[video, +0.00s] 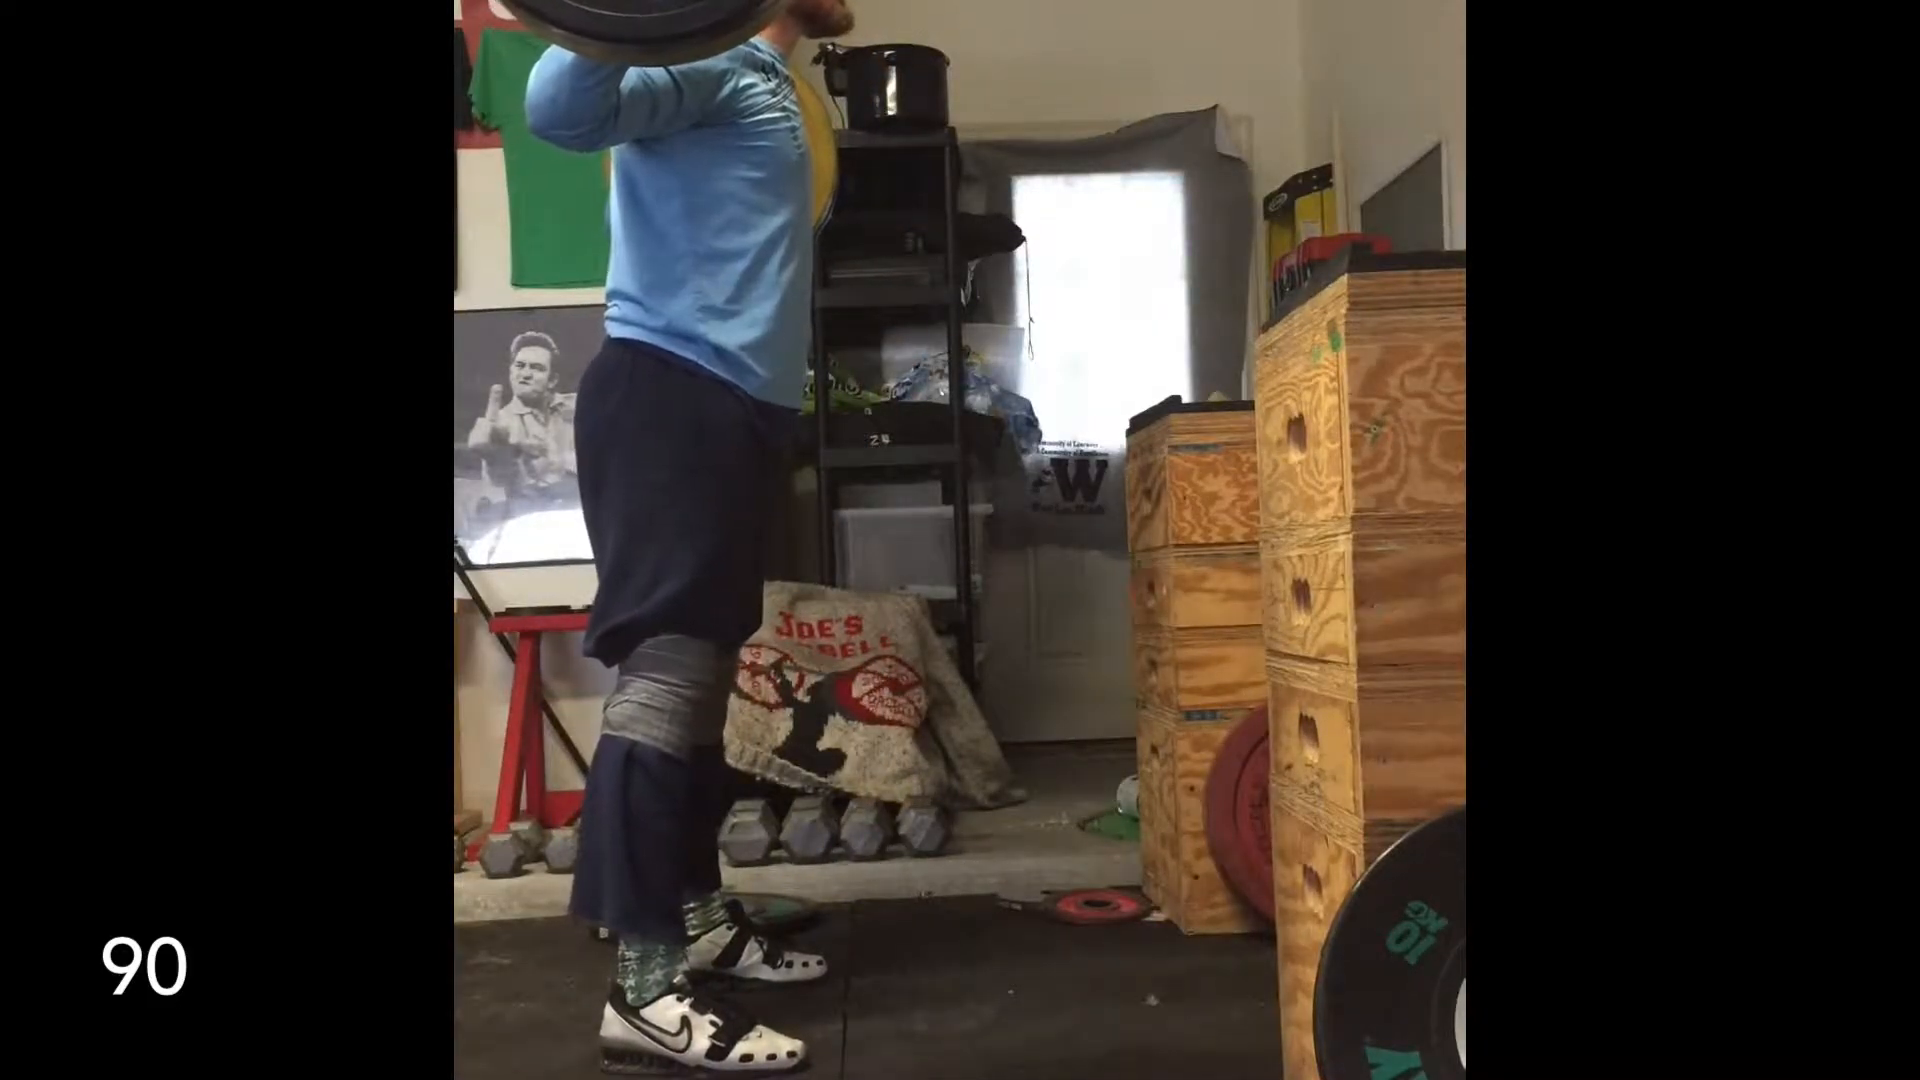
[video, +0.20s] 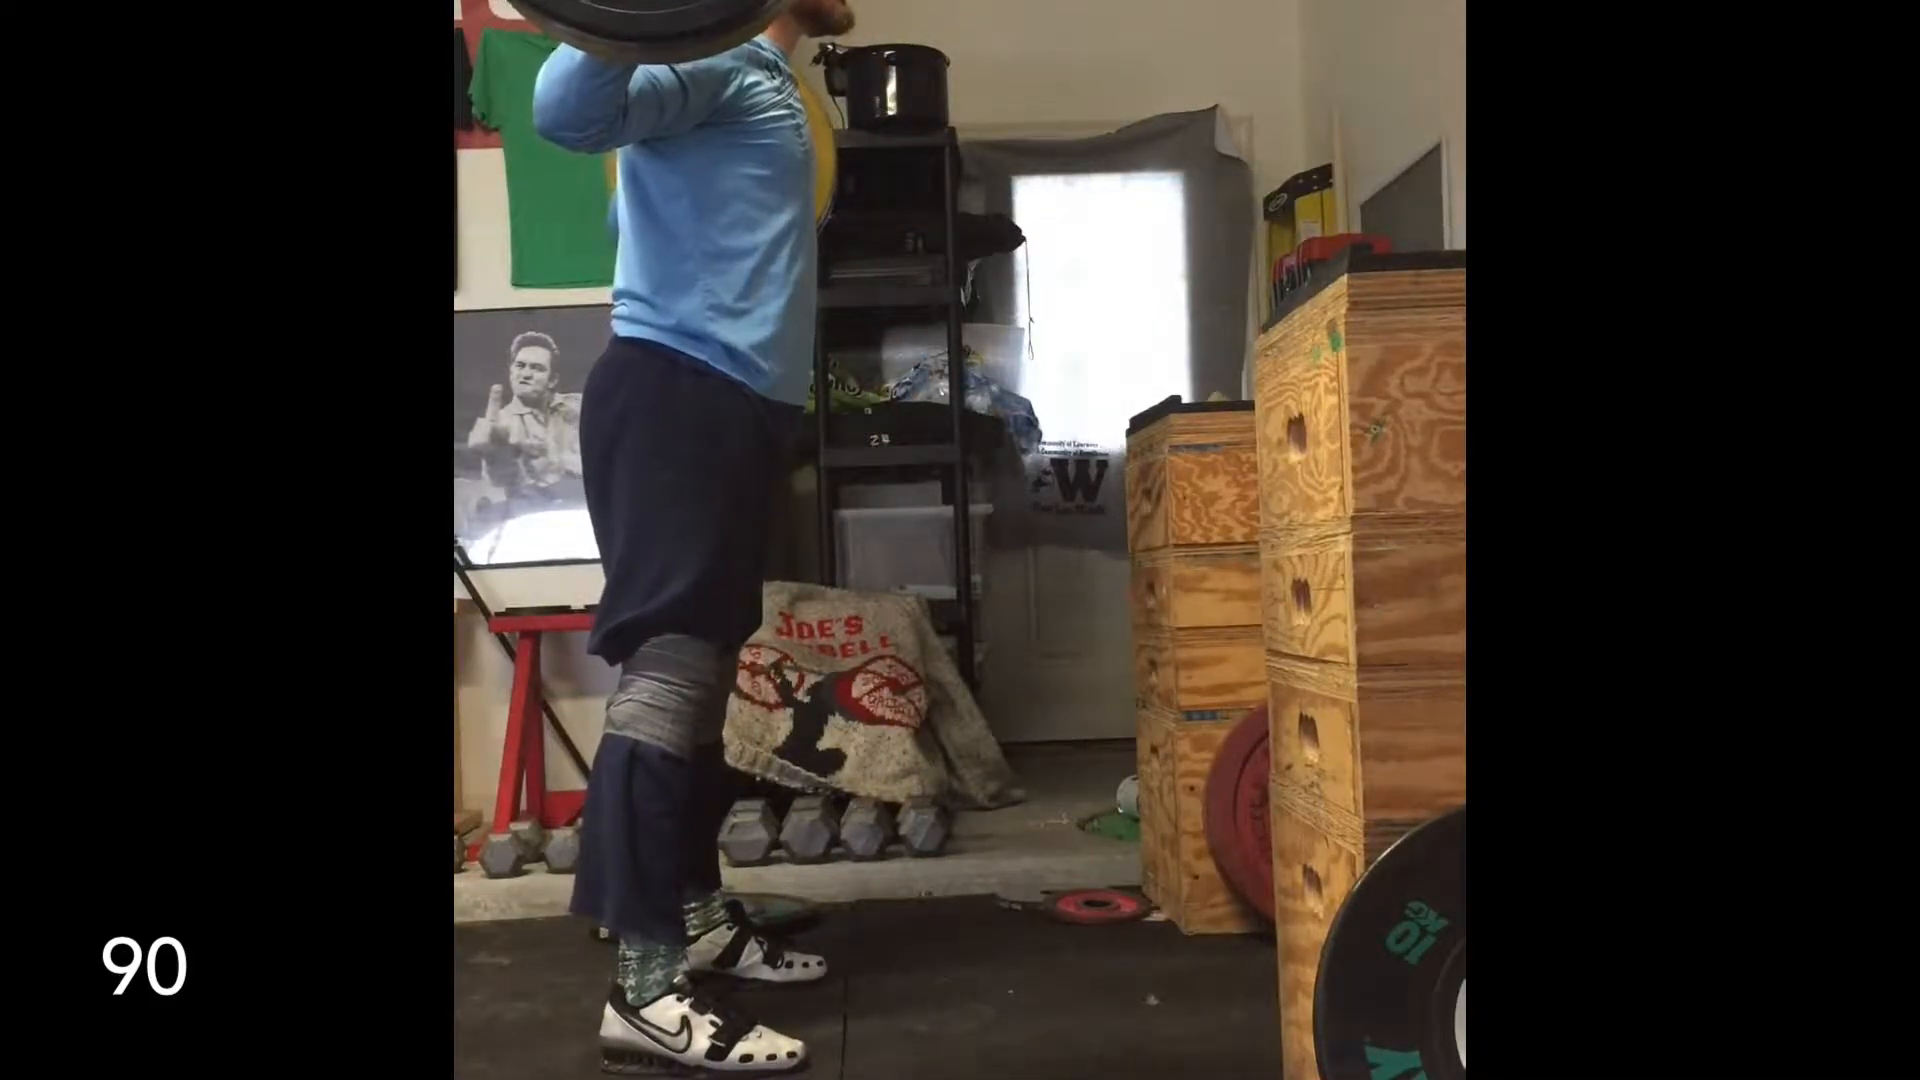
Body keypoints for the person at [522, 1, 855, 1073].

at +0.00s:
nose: (843, 3)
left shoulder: (783, 86)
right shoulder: (709, 63)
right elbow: (555, 110)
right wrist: (622, 9)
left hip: (737, 405)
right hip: (672, 395)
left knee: (704, 666)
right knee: (668, 672)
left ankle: (690, 913)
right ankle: (644, 981)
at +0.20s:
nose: (838, 4)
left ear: (793, 0)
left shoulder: (781, 82)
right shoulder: (708, 63)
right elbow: (561, 112)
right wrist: (632, 4)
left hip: (739, 405)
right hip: (679, 395)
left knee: (703, 667)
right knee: (669, 672)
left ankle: (692, 916)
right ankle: (644, 985)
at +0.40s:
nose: (835, 6)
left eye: (829, 2)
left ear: (787, 1)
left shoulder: (780, 78)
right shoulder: (706, 64)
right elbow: (563, 116)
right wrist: (630, 8)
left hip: (742, 405)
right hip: (680, 396)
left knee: (704, 667)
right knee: (671, 674)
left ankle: (690, 915)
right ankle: (644, 983)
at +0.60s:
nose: (821, 12)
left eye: (819, 8)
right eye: (811, 2)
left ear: (788, 8)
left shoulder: (776, 80)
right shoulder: (706, 69)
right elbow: (562, 116)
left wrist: (796, 24)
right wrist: (632, 8)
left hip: (730, 402)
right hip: (676, 394)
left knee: (698, 666)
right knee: (669, 672)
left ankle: (691, 916)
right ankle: (644, 983)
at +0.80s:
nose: (829, 12)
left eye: (829, 7)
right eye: (820, 2)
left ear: (794, 8)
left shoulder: (781, 81)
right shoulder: (708, 71)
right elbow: (562, 119)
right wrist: (650, 13)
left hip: (728, 404)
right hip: (672, 396)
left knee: (711, 664)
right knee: (693, 669)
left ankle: (696, 918)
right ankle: (645, 983)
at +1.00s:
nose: (842, 38)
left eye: (841, 20)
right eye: (826, 18)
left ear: (800, 38)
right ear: (768, 23)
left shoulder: (790, 134)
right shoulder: (704, 121)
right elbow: (571, 173)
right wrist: (651, 57)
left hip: (722, 446)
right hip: (649, 434)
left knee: (767, 684)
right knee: (766, 684)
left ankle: (699, 920)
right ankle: (649, 985)